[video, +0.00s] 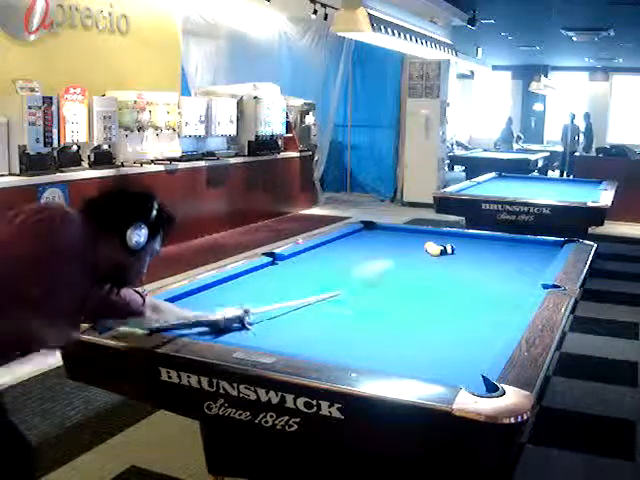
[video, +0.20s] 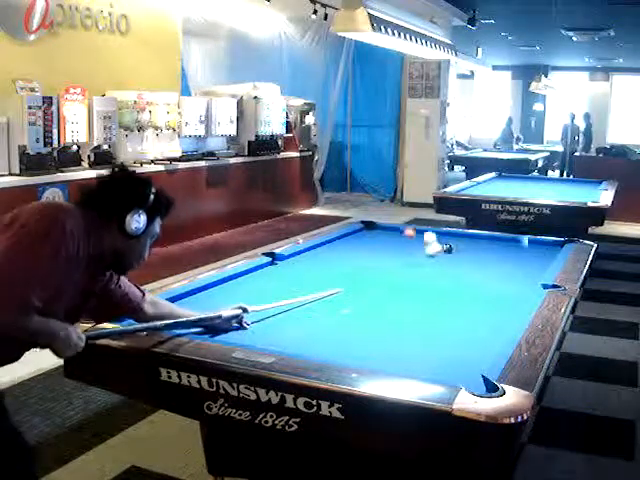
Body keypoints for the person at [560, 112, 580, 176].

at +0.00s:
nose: (572, 119)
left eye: (573, 117)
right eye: (571, 117)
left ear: (574, 118)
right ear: (569, 117)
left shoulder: (576, 127)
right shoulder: (565, 126)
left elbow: (578, 137)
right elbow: (562, 135)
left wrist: (577, 145)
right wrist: (563, 142)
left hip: (573, 146)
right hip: (565, 146)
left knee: (571, 160)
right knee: (563, 160)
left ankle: (569, 173)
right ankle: (561, 173)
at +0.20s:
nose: (572, 119)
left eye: (573, 117)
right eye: (571, 117)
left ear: (574, 118)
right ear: (569, 117)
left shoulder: (577, 127)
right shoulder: (565, 126)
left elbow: (578, 136)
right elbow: (562, 135)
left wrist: (577, 144)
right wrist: (563, 143)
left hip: (573, 146)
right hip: (566, 146)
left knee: (571, 160)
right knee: (563, 160)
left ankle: (569, 173)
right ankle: (561, 173)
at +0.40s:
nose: (572, 119)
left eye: (573, 117)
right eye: (571, 117)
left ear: (574, 118)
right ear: (569, 117)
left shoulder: (576, 127)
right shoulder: (565, 126)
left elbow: (579, 136)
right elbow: (562, 135)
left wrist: (577, 144)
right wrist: (563, 143)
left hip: (573, 146)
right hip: (566, 146)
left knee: (571, 160)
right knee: (563, 160)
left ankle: (569, 173)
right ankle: (561, 173)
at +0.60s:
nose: (572, 119)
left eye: (573, 117)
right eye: (571, 117)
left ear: (574, 118)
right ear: (569, 117)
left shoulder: (576, 127)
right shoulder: (565, 126)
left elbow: (578, 136)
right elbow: (562, 136)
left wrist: (577, 144)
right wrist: (563, 144)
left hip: (573, 146)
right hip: (566, 146)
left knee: (571, 160)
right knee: (563, 160)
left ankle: (569, 173)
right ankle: (561, 173)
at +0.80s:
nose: (572, 119)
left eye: (573, 117)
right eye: (571, 117)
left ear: (574, 118)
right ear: (570, 117)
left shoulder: (576, 128)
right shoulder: (565, 126)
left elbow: (578, 136)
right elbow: (563, 135)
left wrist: (577, 144)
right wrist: (563, 143)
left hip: (573, 146)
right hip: (565, 146)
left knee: (571, 160)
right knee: (563, 159)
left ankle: (569, 173)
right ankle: (561, 173)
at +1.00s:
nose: (572, 119)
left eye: (573, 117)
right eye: (571, 117)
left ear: (574, 118)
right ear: (569, 117)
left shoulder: (576, 127)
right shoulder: (565, 126)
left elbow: (578, 136)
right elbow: (563, 135)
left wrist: (577, 145)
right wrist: (563, 143)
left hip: (573, 146)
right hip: (565, 145)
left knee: (571, 160)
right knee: (563, 159)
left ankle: (569, 173)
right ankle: (561, 173)